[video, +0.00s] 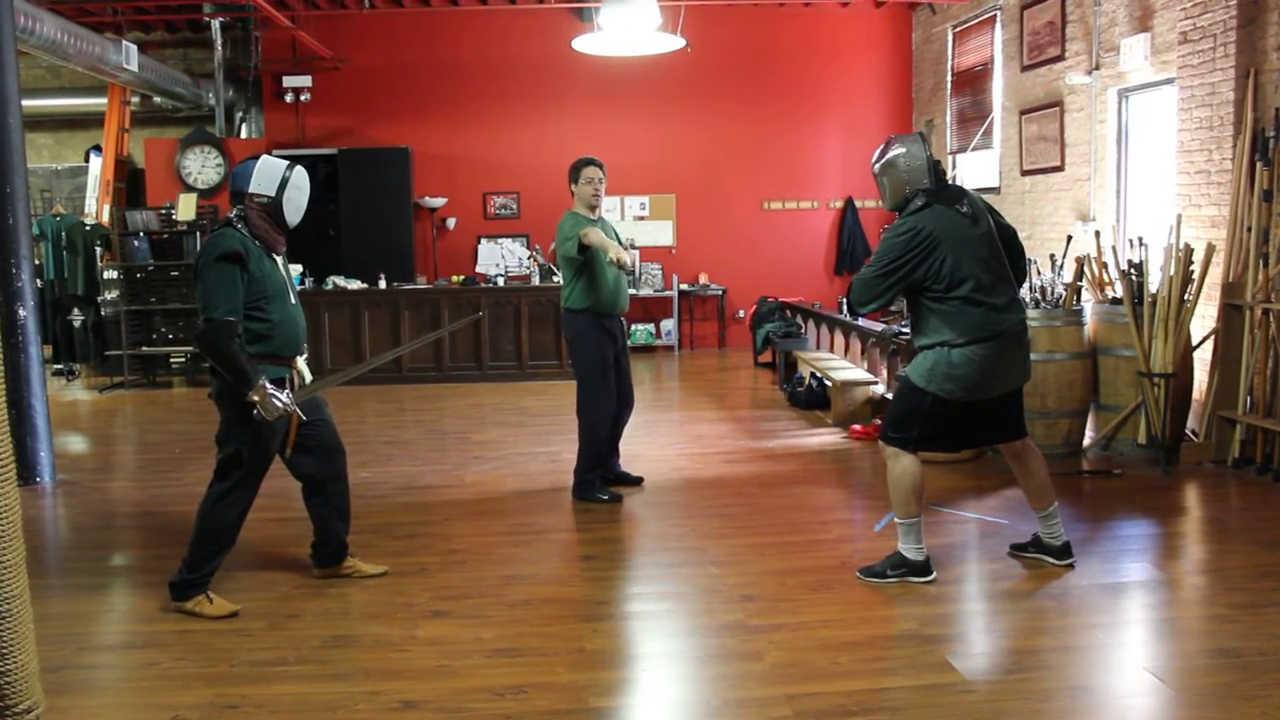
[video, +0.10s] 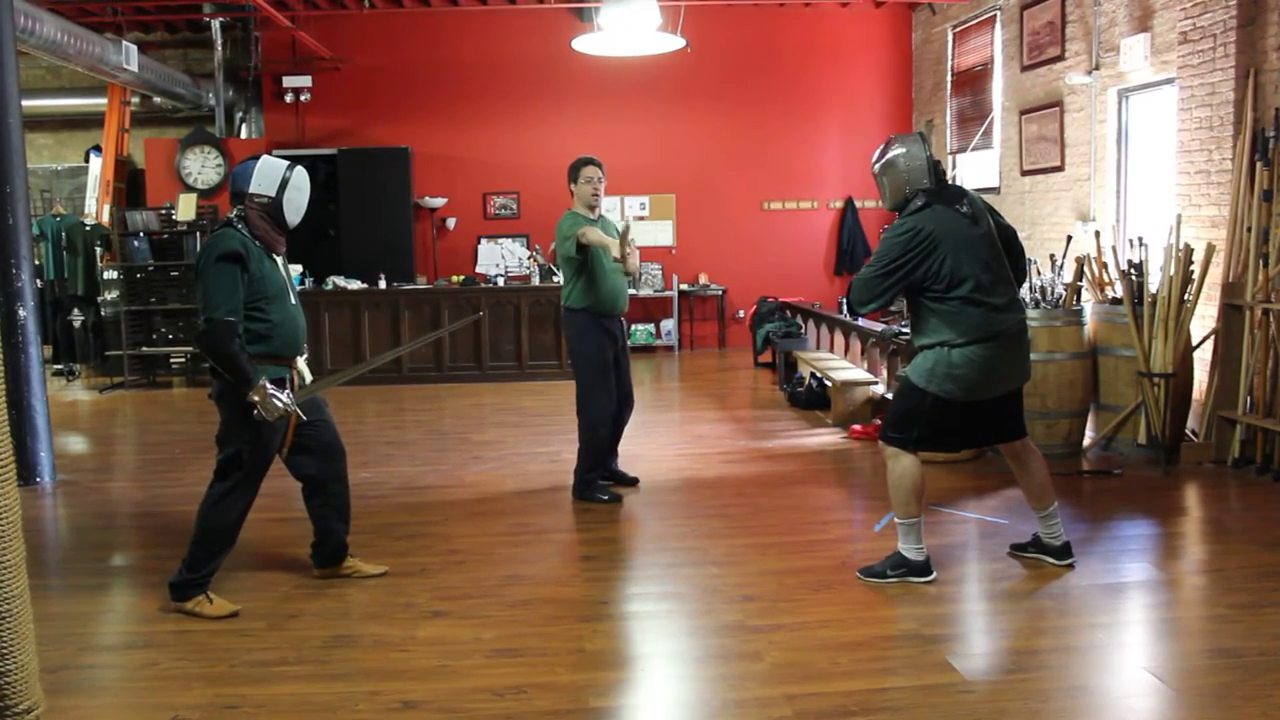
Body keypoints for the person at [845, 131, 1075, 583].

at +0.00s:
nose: (881, 193)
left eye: (883, 182)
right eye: (881, 183)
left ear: (901, 178)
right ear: (929, 172)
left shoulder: (911, 228)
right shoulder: (976, 206)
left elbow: (860, 297)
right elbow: (1017, 260)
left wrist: (891, 276)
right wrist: (993, 300)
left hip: (954, 355)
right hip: (1009, 348)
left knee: (898, 439)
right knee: (1015, 440)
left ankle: (912, 555)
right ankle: (1054, 539)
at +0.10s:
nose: (881, 193)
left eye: (883, 182)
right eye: (881, 183)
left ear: (901, 179)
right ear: (929, 172)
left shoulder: (911, 228)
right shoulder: (976, 207)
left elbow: (860, 297)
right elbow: (1017, 263)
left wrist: (891, 274)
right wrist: (987, 298)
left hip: (955, 355)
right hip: (1009, 349)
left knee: (898, 439)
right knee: (1015, 441)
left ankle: (912, 555)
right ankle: (1054, 540)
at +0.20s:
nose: (882, 193)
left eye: (883, 182)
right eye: (881, 183)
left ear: (901, 178)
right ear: (928, 172)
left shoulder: (911, 228)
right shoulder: (976, 206)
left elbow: (860, 297)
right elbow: (1017, 261)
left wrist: (892, 274)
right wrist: (991, 301)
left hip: (954, 355)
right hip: (1009, 349)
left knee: (898, 440)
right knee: (1015, 441)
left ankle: (912, 556)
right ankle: (1054, 540)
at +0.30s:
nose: (881, 193)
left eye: (883, 182)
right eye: (881, 183)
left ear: (901, 179)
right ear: (928, 172)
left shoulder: (911, 228)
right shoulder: (976, 206)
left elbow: (859, 297)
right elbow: (1017, 262)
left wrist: (891, 275)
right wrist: (990, 300)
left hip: (954, 355)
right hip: (1009, 349)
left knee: (898, 440)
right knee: (1015, 441)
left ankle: (912, 556)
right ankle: (1054, 540)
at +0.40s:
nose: (881, 193)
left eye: (883, 182)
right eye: (881, 183)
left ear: (901, 179)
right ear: (928, 172)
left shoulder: (911, 228)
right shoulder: (976, 207)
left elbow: (859, 297)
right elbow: (1017, 262)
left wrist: (890, 275)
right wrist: (990, 300)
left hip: (954, 355)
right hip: (1009, 349)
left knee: (898, 440)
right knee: (1015, 441)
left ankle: (912, 556)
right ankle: (1054, 540)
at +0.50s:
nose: (882, 193)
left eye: (883, 182)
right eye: (881, 183)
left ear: (901, 178)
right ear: (928, 171)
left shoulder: (911, 228)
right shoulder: (976, 206)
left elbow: (859, 296)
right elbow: (1017, 262)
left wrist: (889, 276)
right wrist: (990, 300)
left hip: (954, 355)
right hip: (1008, 348)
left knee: (898, 440)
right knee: (1015, 441)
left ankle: (912, 556)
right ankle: (1054, 540)